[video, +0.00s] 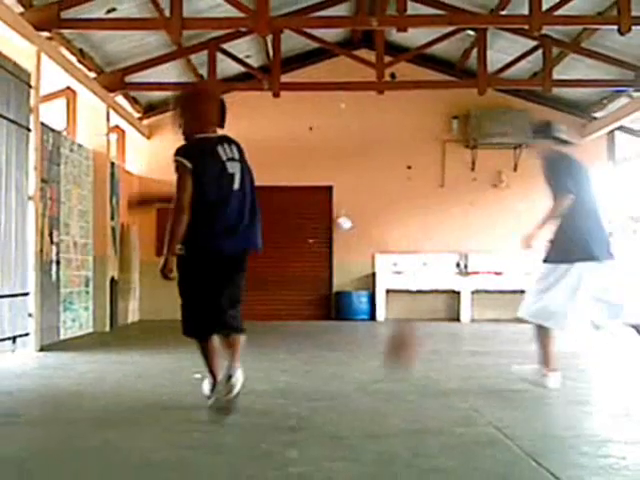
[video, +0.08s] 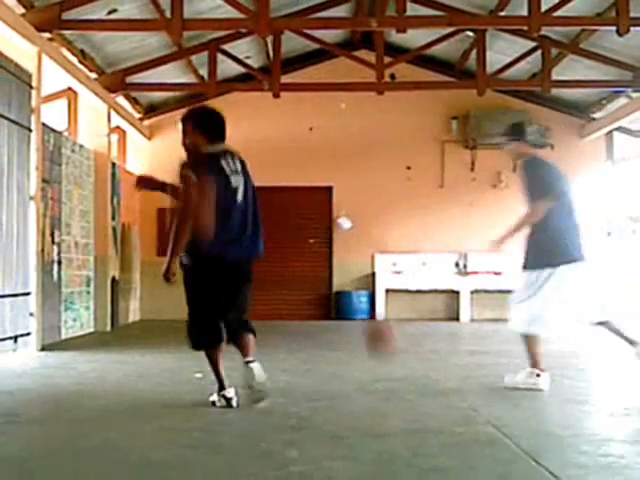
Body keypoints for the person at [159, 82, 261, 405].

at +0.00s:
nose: (179, 122)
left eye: (181, 115)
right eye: (179, 115)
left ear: (191, 117)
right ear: (216, 117)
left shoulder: (188, 153)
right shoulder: (233, 147)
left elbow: (183, 206)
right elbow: (245, 197)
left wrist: (170, 251)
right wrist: (245, 239)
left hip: (201, 246)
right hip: (236, 244)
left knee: (199, 315)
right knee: (230, 310)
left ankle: (215, 376)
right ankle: (234, 367)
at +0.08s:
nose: (183, 141)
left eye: (186, 134)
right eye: (182, 134)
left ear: (200, 135)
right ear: (218, 133)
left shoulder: (194, 167)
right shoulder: (234, 160)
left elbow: (191, 215)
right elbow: (204, 196)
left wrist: (173, 258)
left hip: (204, 257)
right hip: (239, 255)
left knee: (205, 323)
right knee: (236, 316)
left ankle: (223, 388)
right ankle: (252, 363)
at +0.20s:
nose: (187, 145)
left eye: (190, 138)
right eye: (186, 138)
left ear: (206, 138)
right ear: (217, 138)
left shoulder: (201, 173)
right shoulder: (235, 164)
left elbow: (192, 223)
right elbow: (216, 205)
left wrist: (176, 265)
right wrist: (175, 196)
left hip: (206, 259)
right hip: (236, 255)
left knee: (205, 327)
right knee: (236, 315)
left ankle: (225, 388)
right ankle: (252, 352)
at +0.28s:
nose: (189, 133)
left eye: (192, 126)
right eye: (188, 127)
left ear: (208, 124)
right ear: (213, 125)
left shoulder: (206, 160)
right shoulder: (233, 153)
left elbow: (202, 211)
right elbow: (239, 201)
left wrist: (186, 254)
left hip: (214, 244)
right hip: (238, 240)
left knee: (201, 305)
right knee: (227, 301)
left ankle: (228, 368)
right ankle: (248, 345)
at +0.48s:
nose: (200, 144)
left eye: (206, 137)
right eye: (197, 138)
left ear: (221, 139)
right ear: (193, 140)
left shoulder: (224, 167)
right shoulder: (206, 169)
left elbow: (233, 206)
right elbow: (218, 207)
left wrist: (206, 232)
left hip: (225, 248)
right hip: (210, 247)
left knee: (216, 309)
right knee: (208, 309)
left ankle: (246, 362)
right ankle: (231, 362)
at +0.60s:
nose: (201, 161)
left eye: (208, 156)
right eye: (198, 155)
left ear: (221, 159)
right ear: (194, 159)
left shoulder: (229, 189)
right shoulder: (199, 190)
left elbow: (253, 224)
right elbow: (209, 224)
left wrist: (217, 241)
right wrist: (203, 244)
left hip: (234, 263)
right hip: (212, 262)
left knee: (215, 327)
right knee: (206, 324)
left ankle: (250, 366)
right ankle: (236, 364)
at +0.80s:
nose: (202, 146)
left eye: (207, 139)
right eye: (198, 140)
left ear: (221, 143)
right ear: (194, 145)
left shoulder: (238, 173)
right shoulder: (191, 177)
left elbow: (270, 196)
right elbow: (177, 206)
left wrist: (255, 230)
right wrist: (167, 215)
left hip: (232, 244)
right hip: (207, 246)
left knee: (205, 298)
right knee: (218, 301)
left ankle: (227, 350)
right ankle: (236, 357)